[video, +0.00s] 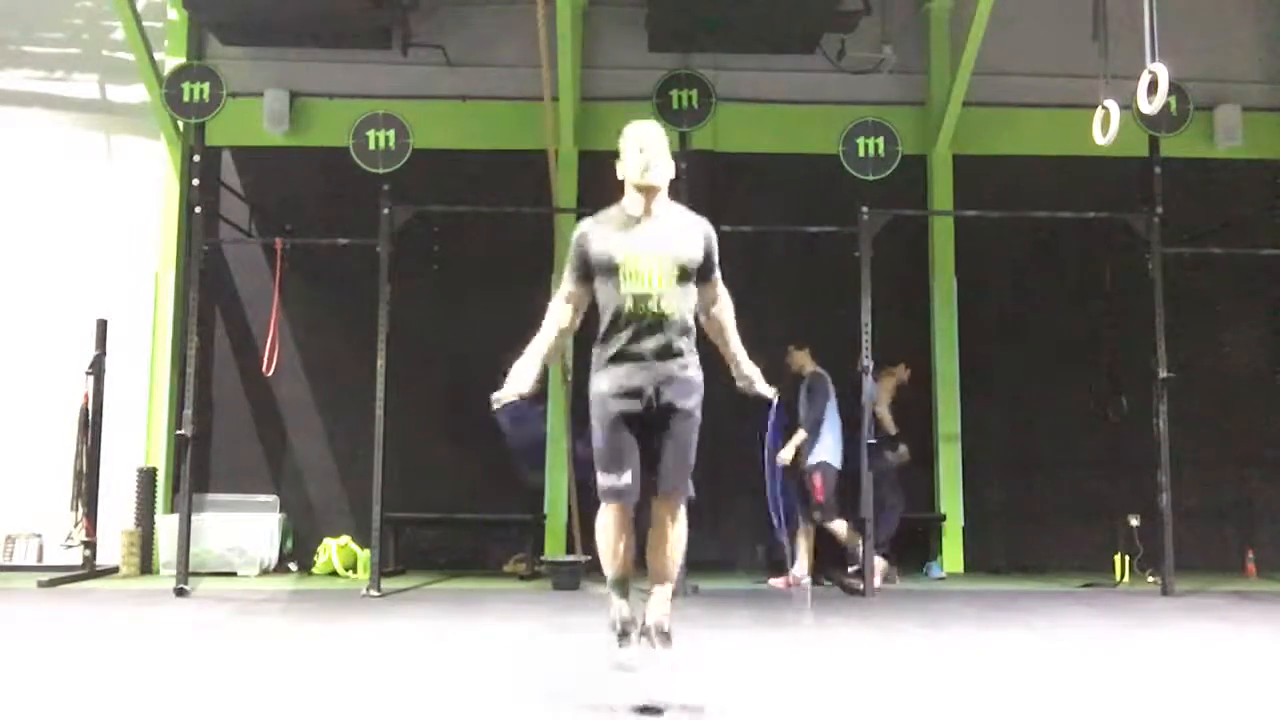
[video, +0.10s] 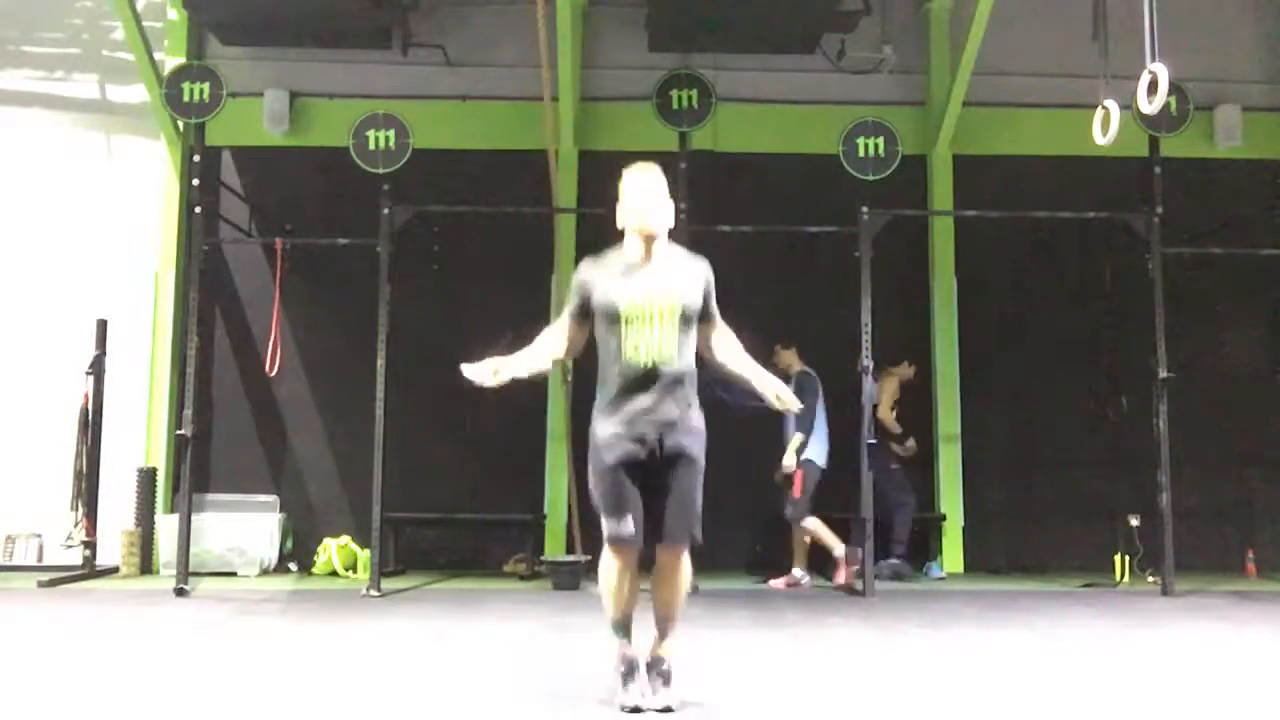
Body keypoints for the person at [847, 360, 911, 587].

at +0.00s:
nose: (907, 377)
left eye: (907, 372)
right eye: (905, 371)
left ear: (891, 368)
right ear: (898, 368)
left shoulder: (877, 382)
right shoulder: (886, 381)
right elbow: (880, 409)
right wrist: (896, 436)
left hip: (874, 447)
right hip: (877, 448)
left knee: (876, 503)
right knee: (893, 502)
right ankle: (875, 553)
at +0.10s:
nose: (911, 374)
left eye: (912, 371)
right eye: (911, 369)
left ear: (895, 365)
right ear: (902, 365)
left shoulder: (877, 380)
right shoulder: (891, 381)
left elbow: (875, 421)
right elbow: (883, 413)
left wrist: (895, 445)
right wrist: (904, 436)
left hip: (869, 448)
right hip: (879, 449)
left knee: (869, 503)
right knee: (904, 499)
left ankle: (863, 559)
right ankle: (896, 557)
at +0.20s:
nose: (917, 375)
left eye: (918, 371)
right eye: (917, 370)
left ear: (903, 366)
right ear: (907, 365)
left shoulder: (885, 383)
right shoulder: (895, 382)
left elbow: (884, 427)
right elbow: (887, 416)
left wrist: (909, 444)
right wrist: (907, 431)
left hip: (874, 450)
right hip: (886, 451)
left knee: (870, 507)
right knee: (908, 504)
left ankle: (859, 561)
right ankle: (923, 561)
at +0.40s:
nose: (935, 373)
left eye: (937, 370)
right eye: (936, 368)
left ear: (921, 364)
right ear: (929, 364)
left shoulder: (899, 380)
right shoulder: (916, 383)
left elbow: (896, 418)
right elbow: (912, 420)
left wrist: (925, 429)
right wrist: (930, 431)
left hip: (889, 451)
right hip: (908, 453)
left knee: (886, 507)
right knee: (923, 506)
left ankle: (863, 556)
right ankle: (935, 563)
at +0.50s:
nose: (946, 375)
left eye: (948, 370)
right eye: (947, 369)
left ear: (928, 362)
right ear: (940, 363)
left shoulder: (903, 379)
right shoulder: (929, 383)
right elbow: (928, 420)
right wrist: (952, 427)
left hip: (894, 451)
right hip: (918, 453)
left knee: (906, 507)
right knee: (931, 506)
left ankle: (877, 552)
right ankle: (938, 563)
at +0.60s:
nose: (961, 369)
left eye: (961, 365)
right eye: (960, 365)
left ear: (942, 361)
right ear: (954, 363)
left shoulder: (932, 380)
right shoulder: (943, 382)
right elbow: (944, 418)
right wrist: (964, 424)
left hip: (924, 446)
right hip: (934, 449)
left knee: (934, 501)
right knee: (939, 502)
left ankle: (903, 535)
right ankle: (939, 562)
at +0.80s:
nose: (981, 369)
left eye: (981, 364)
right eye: (978, 364)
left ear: (962, 361)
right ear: (967, 362)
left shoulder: (944, 379)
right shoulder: (965, 380)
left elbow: (945, 416)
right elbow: (970, 419)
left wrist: (978, 418)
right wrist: (987, 422)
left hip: (942, 447)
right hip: (957, 450)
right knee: (954, 503)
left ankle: (964, 543)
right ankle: (942, 562)